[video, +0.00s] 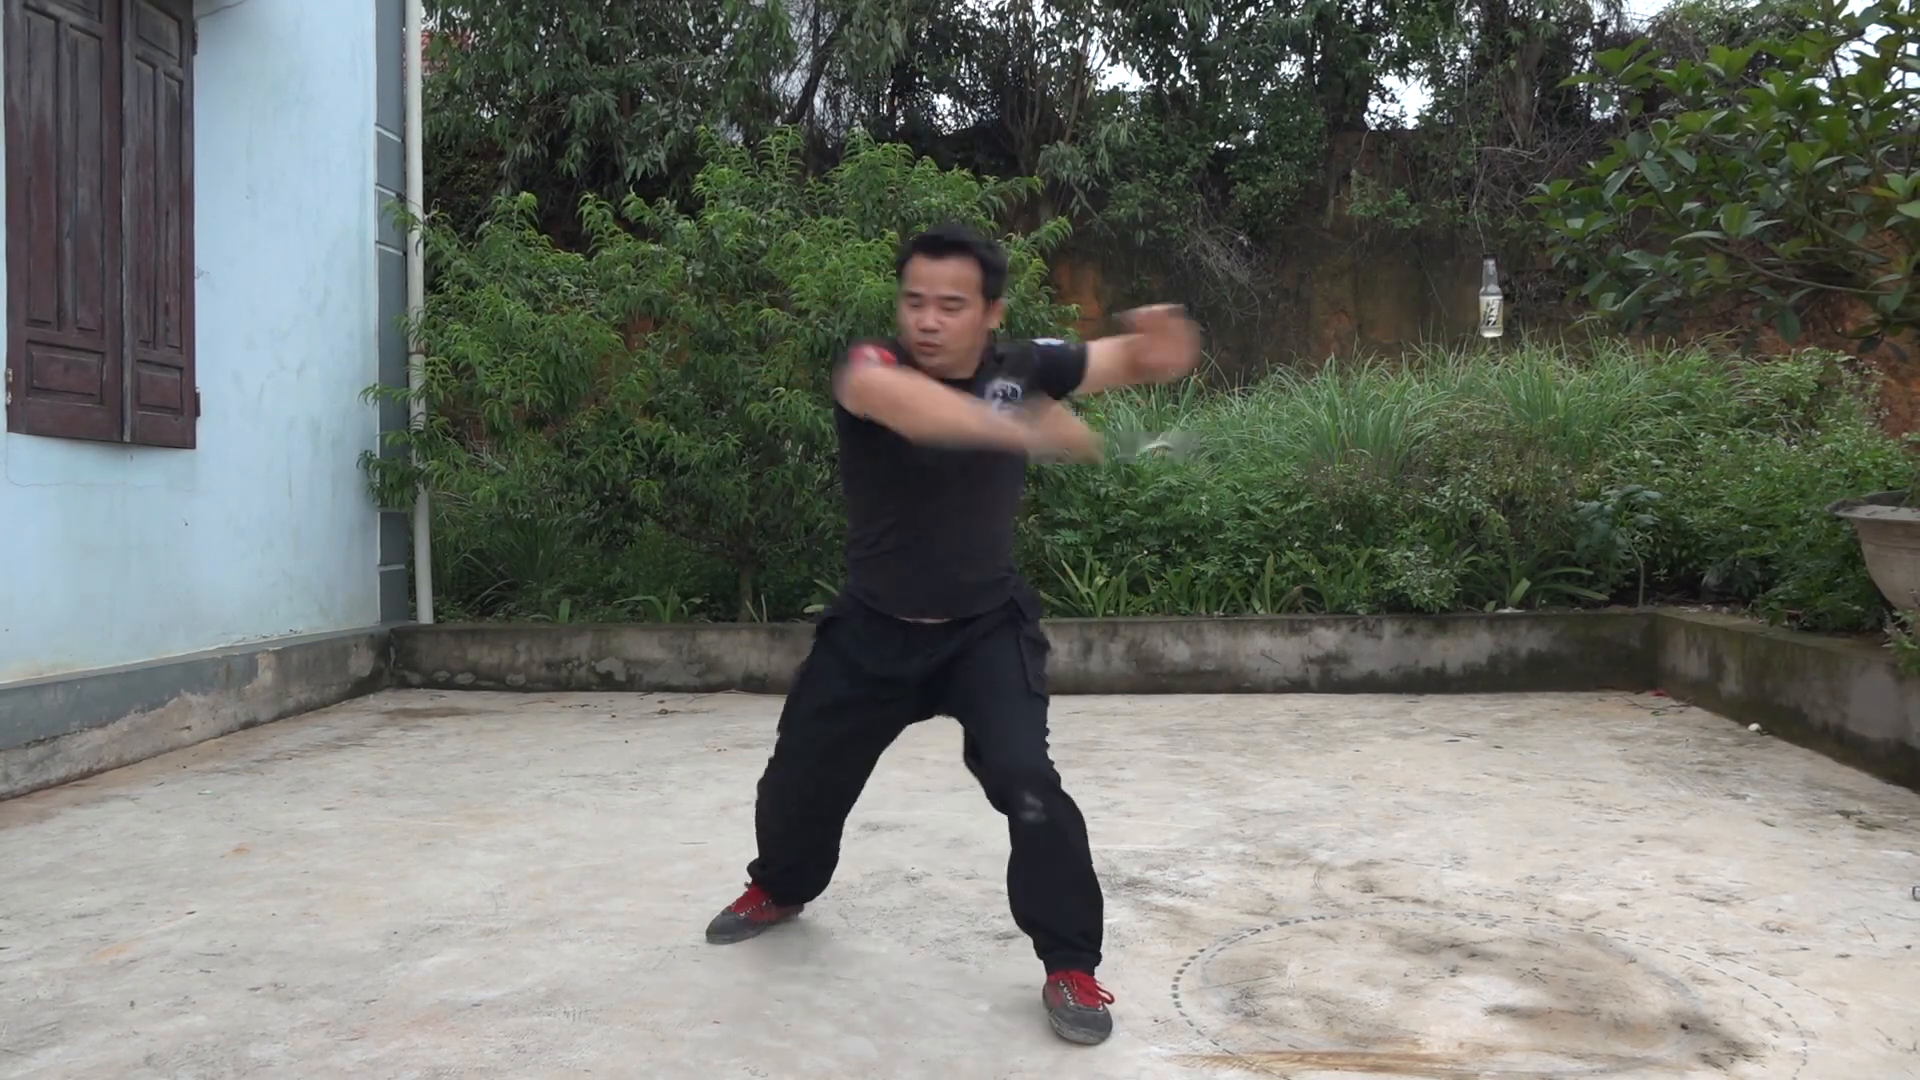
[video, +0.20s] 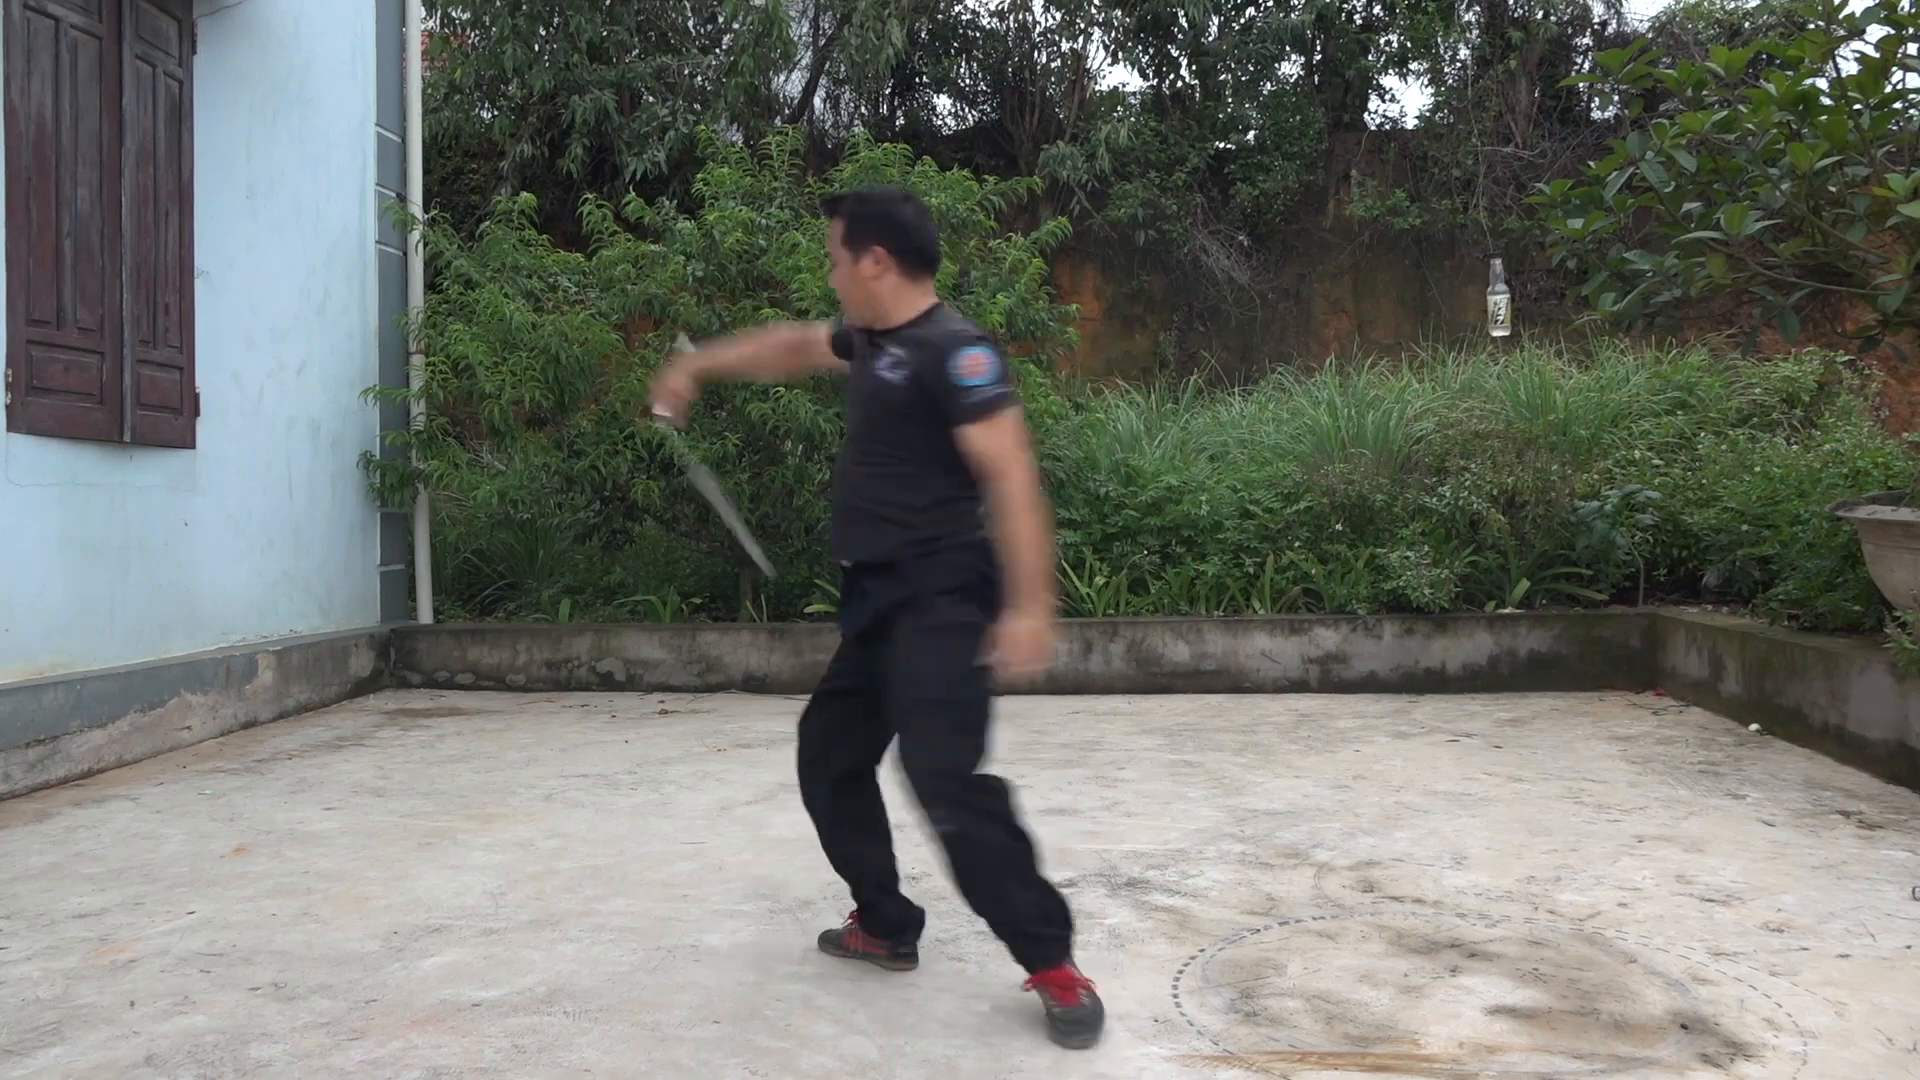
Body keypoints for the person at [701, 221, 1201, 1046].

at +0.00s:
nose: (929, 319)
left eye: (951, 304)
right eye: (915, 300)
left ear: (990, 316)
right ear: (898, 304)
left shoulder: (1018, 374)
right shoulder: (867, 365)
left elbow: (1129, 357)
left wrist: (1165, 345)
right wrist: (1023, 427)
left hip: (985, 632)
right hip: (870, 629)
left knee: (1027, 784)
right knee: (797, 778)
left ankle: (1070, 966)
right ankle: (781, 887)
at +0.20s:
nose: (831, 273)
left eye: (837, 257)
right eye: (832, 258)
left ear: (878, 261)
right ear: (884, 262)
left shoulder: (959, 352)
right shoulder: (871, 337)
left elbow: (1013, 480)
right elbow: (792, 347)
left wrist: (1030, 607)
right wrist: (695, 363)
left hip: (945, 600)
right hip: (878, 601)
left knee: (945, 772)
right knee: (830, 755)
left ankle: (1051, 963)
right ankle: (884, 923)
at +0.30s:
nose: (820, 276)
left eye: (821, 262)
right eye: (823, 262)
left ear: (833, 263)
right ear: (900, 263)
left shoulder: (858, 342)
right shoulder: (944, 339)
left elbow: (798, 463)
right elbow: (907, 452)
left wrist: (692, 527)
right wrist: (821, 424)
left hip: (884, 582)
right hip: (949, 578)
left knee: (809, 763)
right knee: (869, 752)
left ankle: (927, 911)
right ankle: (889, 917)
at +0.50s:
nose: (920, 273)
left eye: (919, 259)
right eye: (914, 258)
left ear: (838, 249)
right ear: (877, 249)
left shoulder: (763, 300)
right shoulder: (887, 294)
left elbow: (694, 254)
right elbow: (1015, 314)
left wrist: (753, 204)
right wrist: (1075, 202)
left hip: (759, 547)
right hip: (848, 549)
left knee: (806, 717)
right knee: (897, 735)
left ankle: (781, 904)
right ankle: (907, 924)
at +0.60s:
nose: (883, 265)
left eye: (889, 249)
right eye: (865, 248)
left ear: (888, 254)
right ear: (817, 254)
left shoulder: (833, 326)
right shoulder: (821, 307)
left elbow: (881, 365)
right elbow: (952, 232)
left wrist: (938, 400)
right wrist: (988, 146)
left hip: (792, 576)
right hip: (757, 574)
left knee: (842, 740)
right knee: (833, 745)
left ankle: (783, 903)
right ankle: (762, 931)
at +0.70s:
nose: (812, 302)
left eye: (829, 287)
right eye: (795, 288)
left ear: (852, 290)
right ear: (761, 295)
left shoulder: (861, 390)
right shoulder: (737, 350)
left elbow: (929, 480)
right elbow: (837, 296)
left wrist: (885, 521)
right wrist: (928, 266)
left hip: (818, 624)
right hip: (706, 610)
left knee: (886, 780)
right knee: (624, 753)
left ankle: (787, 873)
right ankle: (543, 931)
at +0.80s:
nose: (776, 396)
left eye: (796, 379)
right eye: (760, 375)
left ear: (821, 383)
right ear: (732, 373)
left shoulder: (855, 460)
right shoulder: (703, 418)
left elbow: (916, 571)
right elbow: (618, 395)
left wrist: (819, 595)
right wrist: (712, 435)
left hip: (808, 701)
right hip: (693, 682)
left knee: (866, 867)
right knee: (564, 796)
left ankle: (823, 872)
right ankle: (500, 950)